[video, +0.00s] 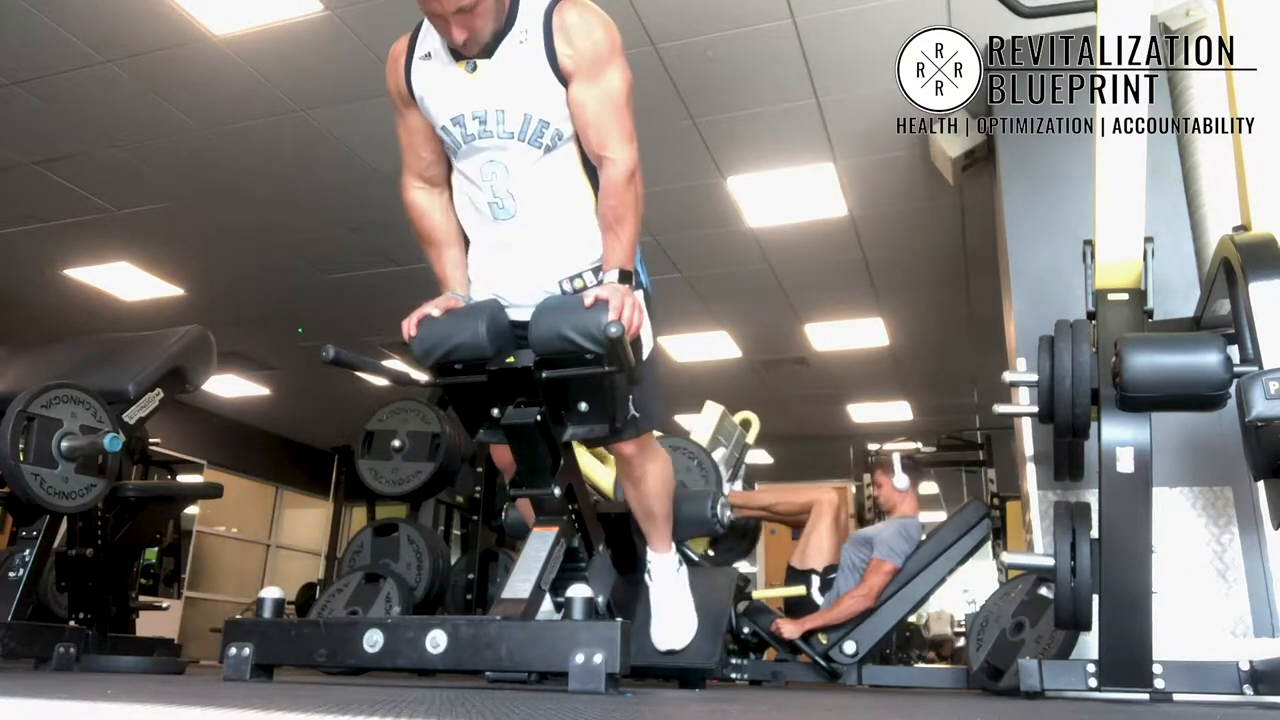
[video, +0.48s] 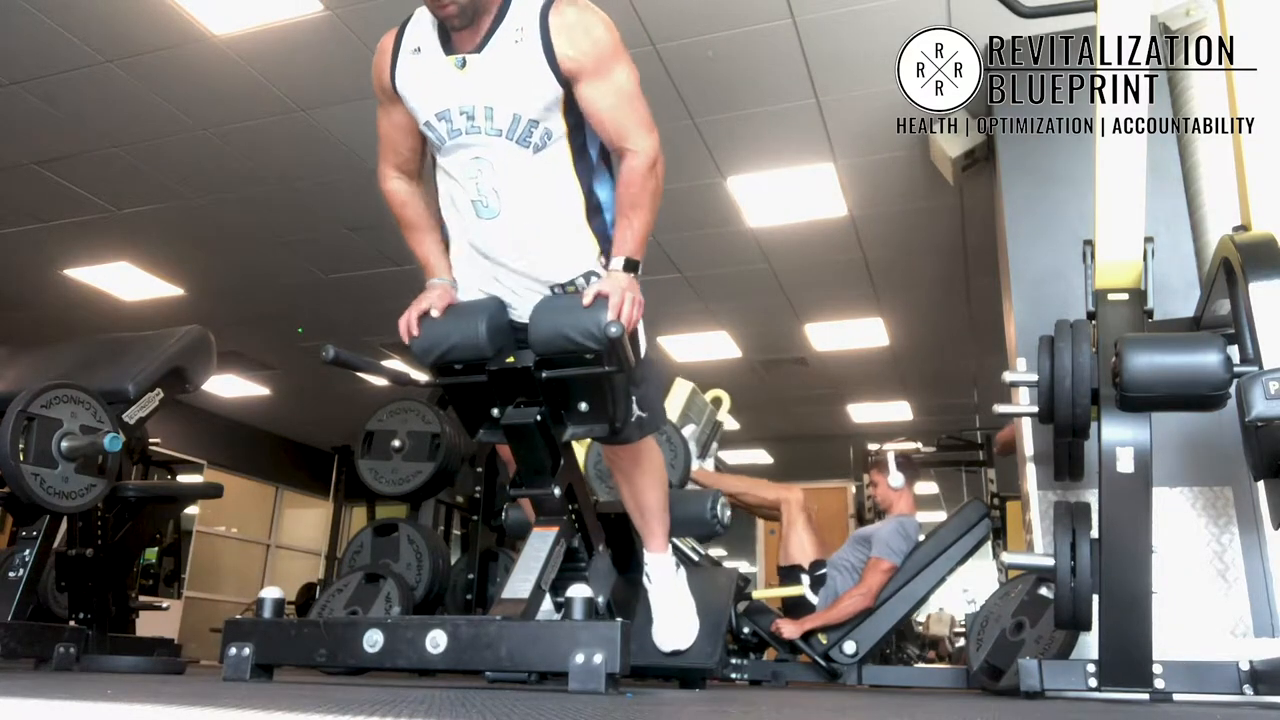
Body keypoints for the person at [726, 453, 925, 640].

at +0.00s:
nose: (875, 495)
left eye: (879, 486)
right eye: (875, 487)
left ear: (901, 484)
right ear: (900, 485)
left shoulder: (898, 531)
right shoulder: (900, 526)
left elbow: (866, 597)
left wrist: (801, 625)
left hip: (815, 605)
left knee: (828, 497)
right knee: (832, 500)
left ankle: (727, 497)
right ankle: (738, 507)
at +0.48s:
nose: (871, 493)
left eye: (874, 485)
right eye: (871, 486)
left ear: (896, 482)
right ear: (897, 483)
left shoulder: (895, 529)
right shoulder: (899, 527)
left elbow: (865, 597)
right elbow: (865, 593)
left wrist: (802, 625)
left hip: (812, 604)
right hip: (817, 598)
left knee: (792, 498)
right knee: (793, 502)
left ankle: (693, 472)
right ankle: (712, 485)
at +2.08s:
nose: (903, 471)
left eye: (911, 469)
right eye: (909, 467)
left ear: (919, 485)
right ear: (924, 493)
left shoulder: (893, 526)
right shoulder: (903, 527)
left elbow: (864, 591)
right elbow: (866, 591)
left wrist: (800, 623)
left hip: (809, 607)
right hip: (815, 602)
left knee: (761, 505)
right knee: (767, 510)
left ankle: (676, 460)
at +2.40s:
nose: (918, 479)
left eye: (926, 479)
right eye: (925, 476)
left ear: (930, 496)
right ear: (931, 503)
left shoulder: (898, 526)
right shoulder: (903, 526)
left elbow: (864, 593)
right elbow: (864, 591)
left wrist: (801, 624)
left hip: (812, 604)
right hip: (817, 600)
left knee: (794, 499)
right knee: (793, 500)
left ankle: (699, 474)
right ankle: (711, 476)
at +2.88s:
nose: (919, 479)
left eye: (928, 479)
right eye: (927, 477)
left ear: (932, 498)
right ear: (935, 504)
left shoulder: (896, 528)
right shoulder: (905, 527)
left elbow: (865, 593)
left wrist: (801, 624)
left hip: (816, 606)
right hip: (822, 601)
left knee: (828, 499)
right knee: (828, 504)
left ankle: (725, 498)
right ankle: (735, 509)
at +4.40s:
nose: (917, 480)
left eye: (926, 480)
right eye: (925, 478)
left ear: (931, 500)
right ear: (931, 504)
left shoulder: (897, 529)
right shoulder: (903, 529)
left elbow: (864, 595)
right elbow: (866, 593)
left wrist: (804, 623)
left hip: (811, 601)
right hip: (814, 597)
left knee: (783, 497)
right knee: (785, 505)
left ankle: (691, 469)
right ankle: (705, 481)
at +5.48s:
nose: (916, 481)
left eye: (926, 480)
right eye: (924, 478)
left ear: (931, 497)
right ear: (934, 503)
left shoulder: (896, 528)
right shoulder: (905, 528)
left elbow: (865, 595)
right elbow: (865, 594)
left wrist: (802, 624)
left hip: (818, 606)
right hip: (823, 602)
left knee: (826, 498)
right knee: (825, 504)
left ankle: (725, 497)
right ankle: (733, 510)